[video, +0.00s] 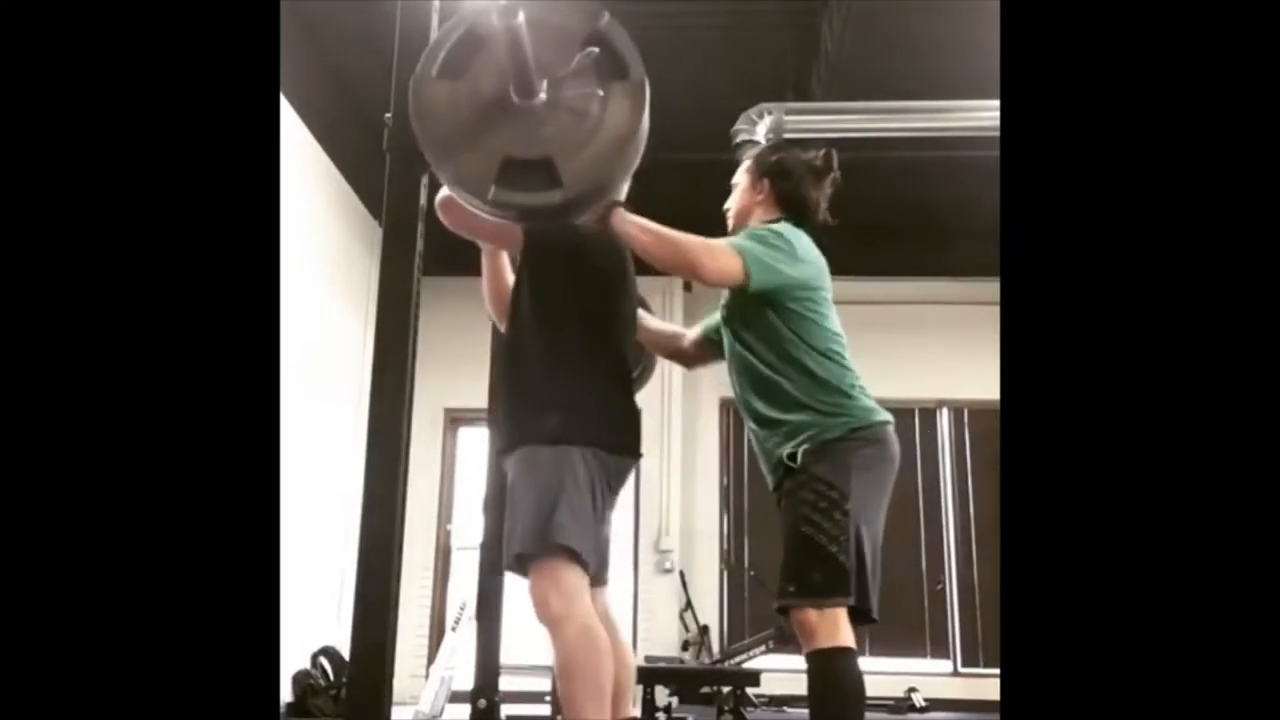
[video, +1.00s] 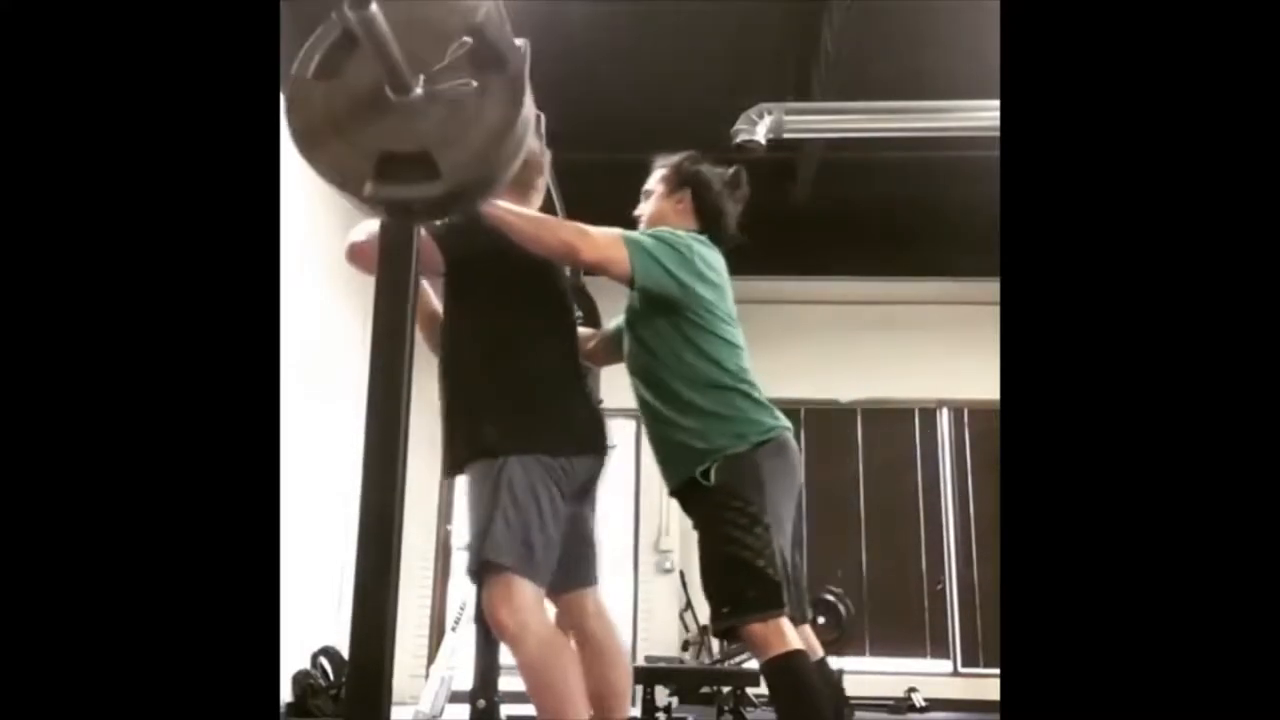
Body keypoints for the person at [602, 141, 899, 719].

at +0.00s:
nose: (727, 196)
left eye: (736, 183)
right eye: (732, 184)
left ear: (762, 188)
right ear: (772, 193)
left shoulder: (786, 243)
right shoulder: (754, 291)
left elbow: (707, 263)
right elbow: (689, 348)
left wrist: (613, 215)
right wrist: (613, 307)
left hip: (841, 443)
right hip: (820, 454)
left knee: (817, 614)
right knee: (819, 618)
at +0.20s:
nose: (725, 194)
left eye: (733, 183)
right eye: (729, 182)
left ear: (756, 192)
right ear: (774, 198)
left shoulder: (775, 245)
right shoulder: (742, 298)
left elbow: (665, 247)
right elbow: (661, 326)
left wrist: (570, 196)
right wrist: (577, 303)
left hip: (841, 444)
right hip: (816, 455)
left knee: (816, 614)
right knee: (813, 617)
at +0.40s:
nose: (710, 193)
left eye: (724, 182)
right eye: (715, 182)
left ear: (756, 194)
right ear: (757, 196)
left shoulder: (750, 240)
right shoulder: (721, 293)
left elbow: (639, 225)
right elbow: (642, 321)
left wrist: (541, 187)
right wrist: (558, 295)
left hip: (824, 442)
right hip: (800, 452)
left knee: (817, 617)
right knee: (815, 620)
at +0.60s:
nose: (679, 195)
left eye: (695, 184)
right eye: (682, 185)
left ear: (733, 198)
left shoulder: (721, 241)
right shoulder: (693, 293)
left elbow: (602, 224)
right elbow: (614, 323)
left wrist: (498, 182)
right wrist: (533, 290)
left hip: (794, 443)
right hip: (772, 454)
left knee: (805, 618)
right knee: (803, 621)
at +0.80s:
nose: (633, 202)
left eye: (649, 192)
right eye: (638, 193)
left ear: (685, 208)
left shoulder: (678, 254)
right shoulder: (658, 303)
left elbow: (569, 240)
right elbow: (590, 344)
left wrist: (472, 198)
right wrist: (514, 310)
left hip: (750, 455)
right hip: (751, 459)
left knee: (770, 621)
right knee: (802, 624)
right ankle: (835, 719)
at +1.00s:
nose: (640, 204)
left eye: (650, 193)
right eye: (644, 194)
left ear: (683, 200)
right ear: (685, 207)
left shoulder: (685, 252)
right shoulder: (660, 299)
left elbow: (583, 247)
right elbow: (594, 348)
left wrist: (480, 203)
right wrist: (520, 311)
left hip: (739, 456)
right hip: (750, 457)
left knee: (759, 621)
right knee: (789, 621)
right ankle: (835, 716)